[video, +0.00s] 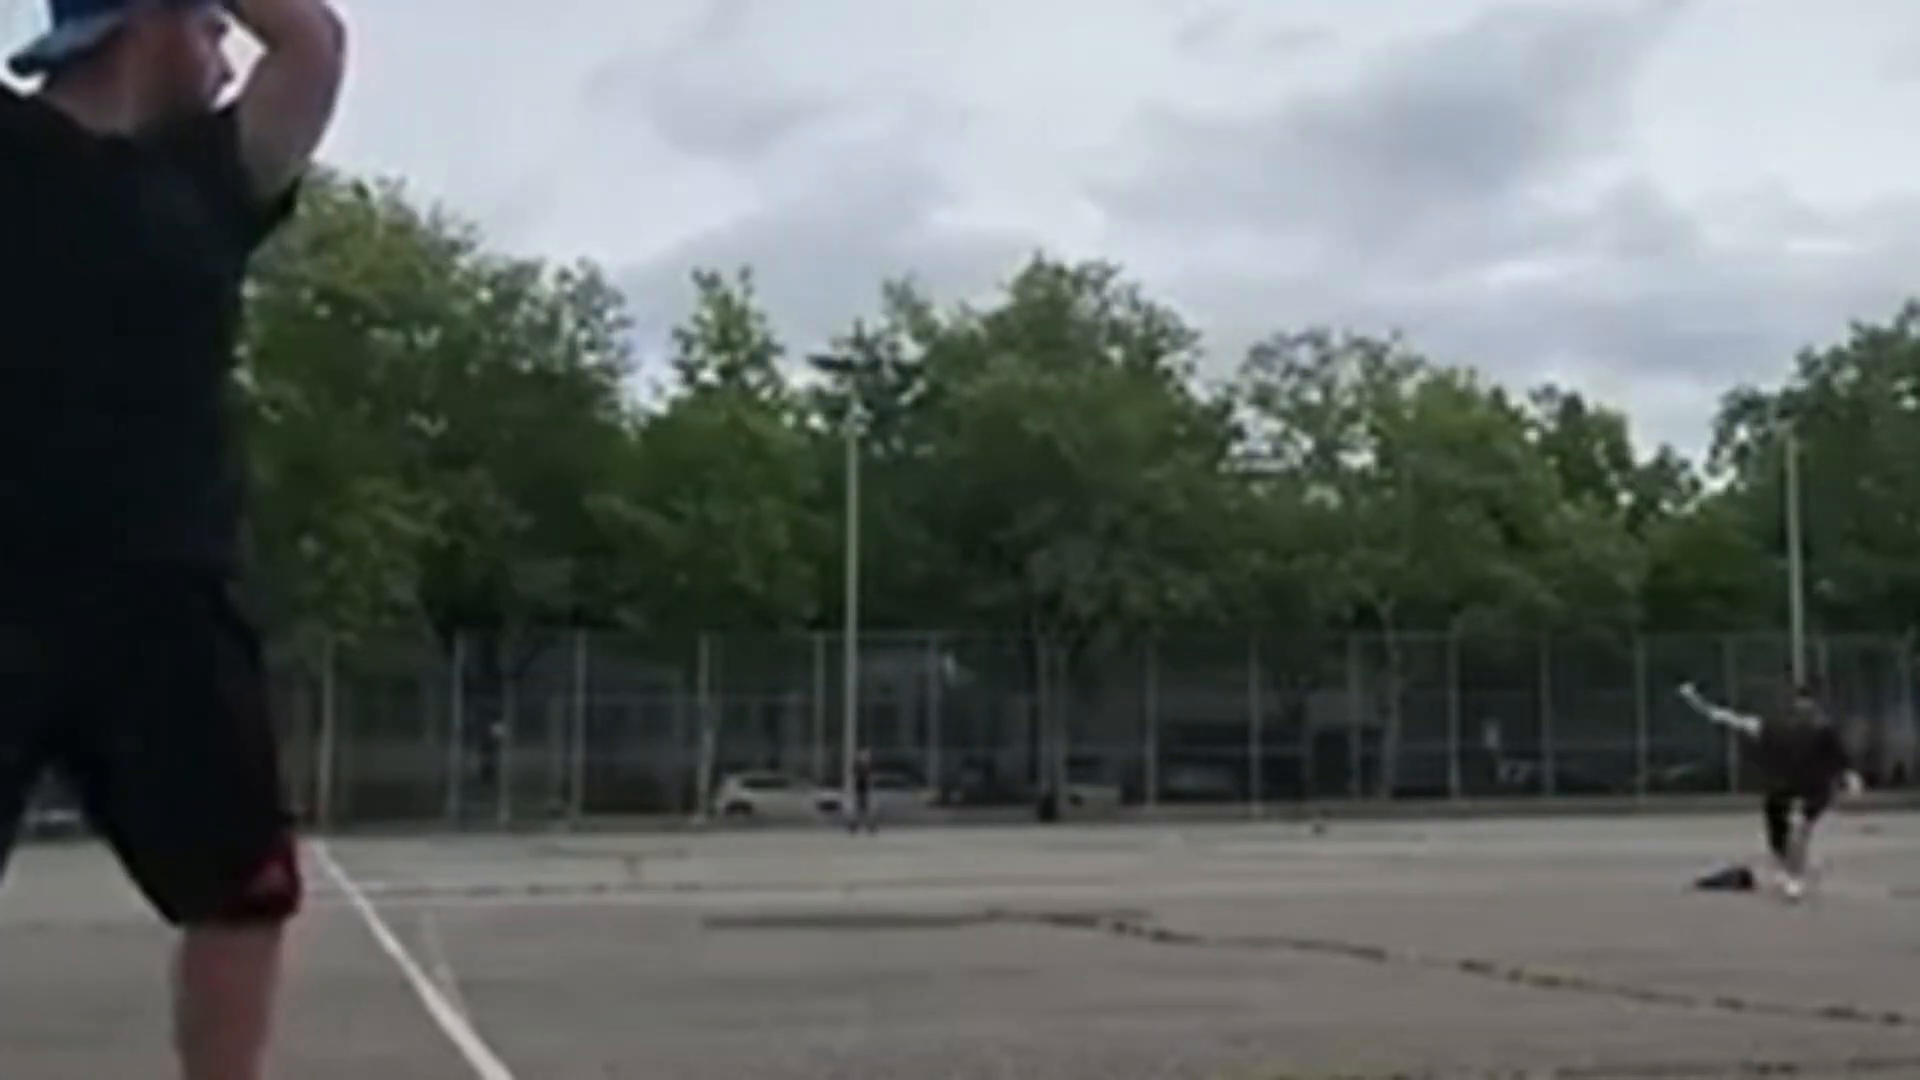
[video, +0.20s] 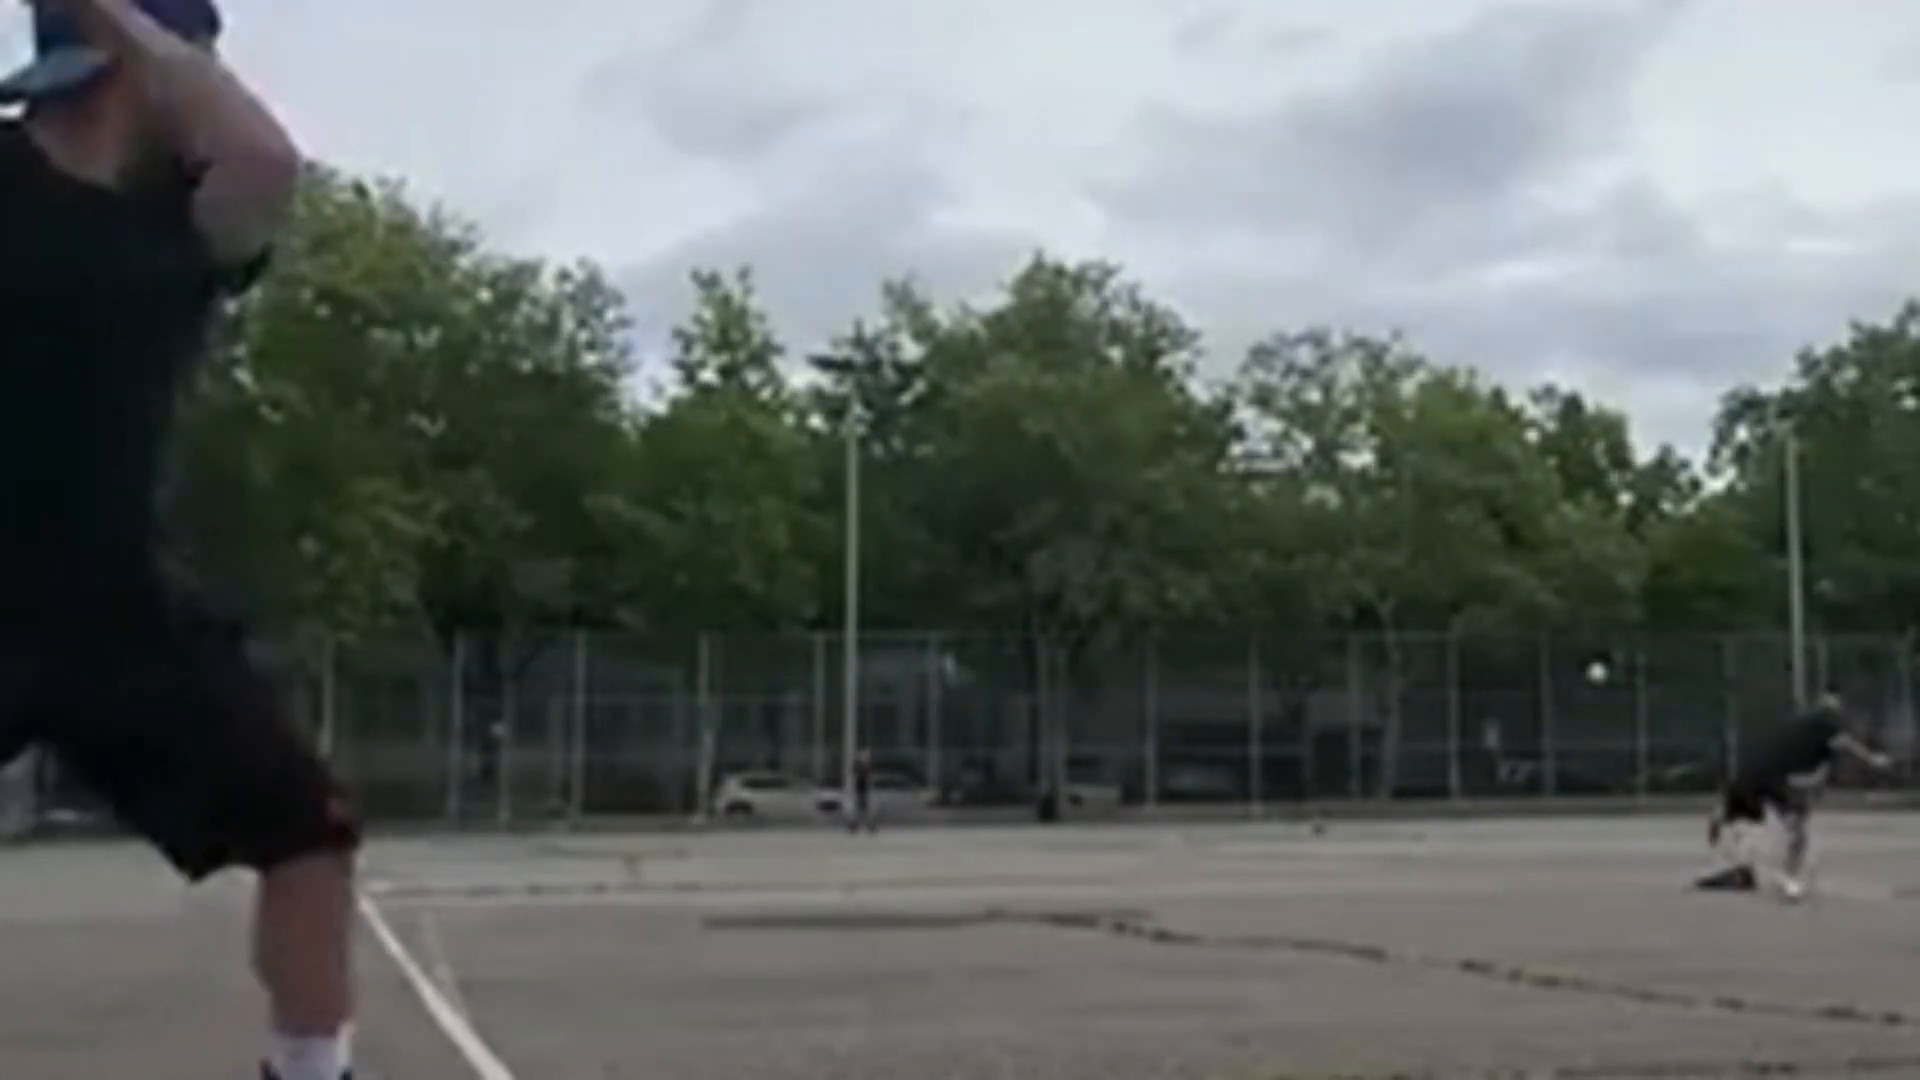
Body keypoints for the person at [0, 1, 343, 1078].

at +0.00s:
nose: (229, 65)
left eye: (228, 40)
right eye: (212, 32)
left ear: (140, 41)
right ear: (150, 30)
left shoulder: (201, 178)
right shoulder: (23, 150)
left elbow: (313, 47)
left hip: (161, 586)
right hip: (32, 582)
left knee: (244, 893)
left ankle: (222, 1068)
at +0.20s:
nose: (194, 92)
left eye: (194, 68)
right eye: (184, 64)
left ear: (176, 86)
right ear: (112, 62)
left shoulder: (176, 222)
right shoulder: (12, 174)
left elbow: (260, 160)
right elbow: (261, 161)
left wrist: (127, 28)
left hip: (100, 589)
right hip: (28, 590)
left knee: (304, 831)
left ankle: (311, 1059)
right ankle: (310, 1055)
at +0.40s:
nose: (258, 222)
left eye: (258, 195)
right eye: (243, 191)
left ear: (166, 189)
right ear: (164, 187)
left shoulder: (241, 335)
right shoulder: (29, 302)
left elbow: (143, 356)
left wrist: (6, 294)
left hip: (140, 698)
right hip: (17, 699)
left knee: (330, 886)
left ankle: (350, 1073)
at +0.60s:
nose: (257, 236)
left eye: (256, 211)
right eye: (240, 210)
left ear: (142, 201)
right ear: (152, 203)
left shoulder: (31, 270)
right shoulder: (160, 318)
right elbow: (276, 453)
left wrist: (248, 432)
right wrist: (299, 450)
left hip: (73, 705)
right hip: (53, 710)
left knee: (212, 945)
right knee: (40, 1036)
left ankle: (319, 1066)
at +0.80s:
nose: (189, 157)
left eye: (190, 133)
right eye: (186, 133)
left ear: (55, 107)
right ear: (147, 132)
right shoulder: (174, 268)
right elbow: (119, 484)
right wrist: (138, 673)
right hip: (67, 646)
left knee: (165, 912)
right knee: (29, 996)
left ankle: (254, 1065)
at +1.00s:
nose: (168, 160)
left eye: (161, 137)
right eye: (168, 137)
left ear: (25, 115)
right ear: (146, 141)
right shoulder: (165, 284)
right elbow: (206, 414)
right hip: (52, 660)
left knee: (157, 943)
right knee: (20, 1014)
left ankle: (245, 1072)